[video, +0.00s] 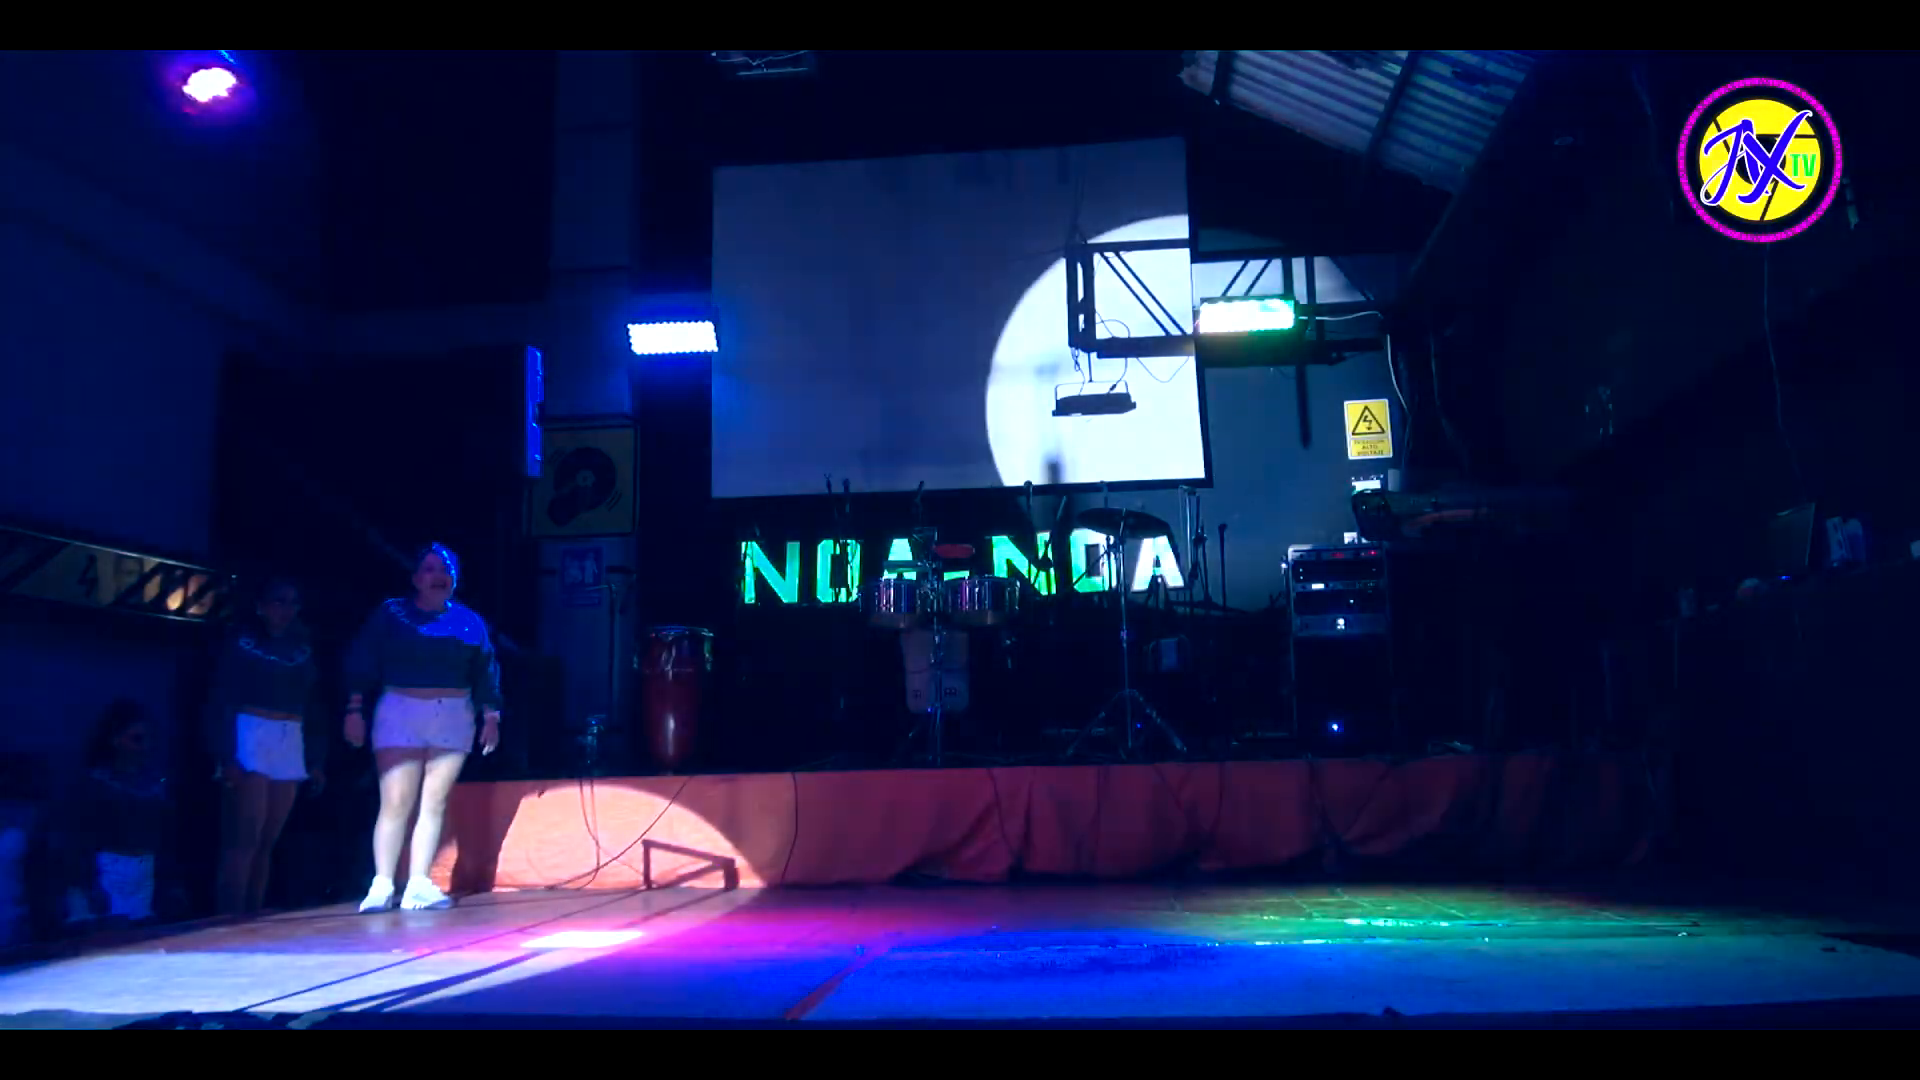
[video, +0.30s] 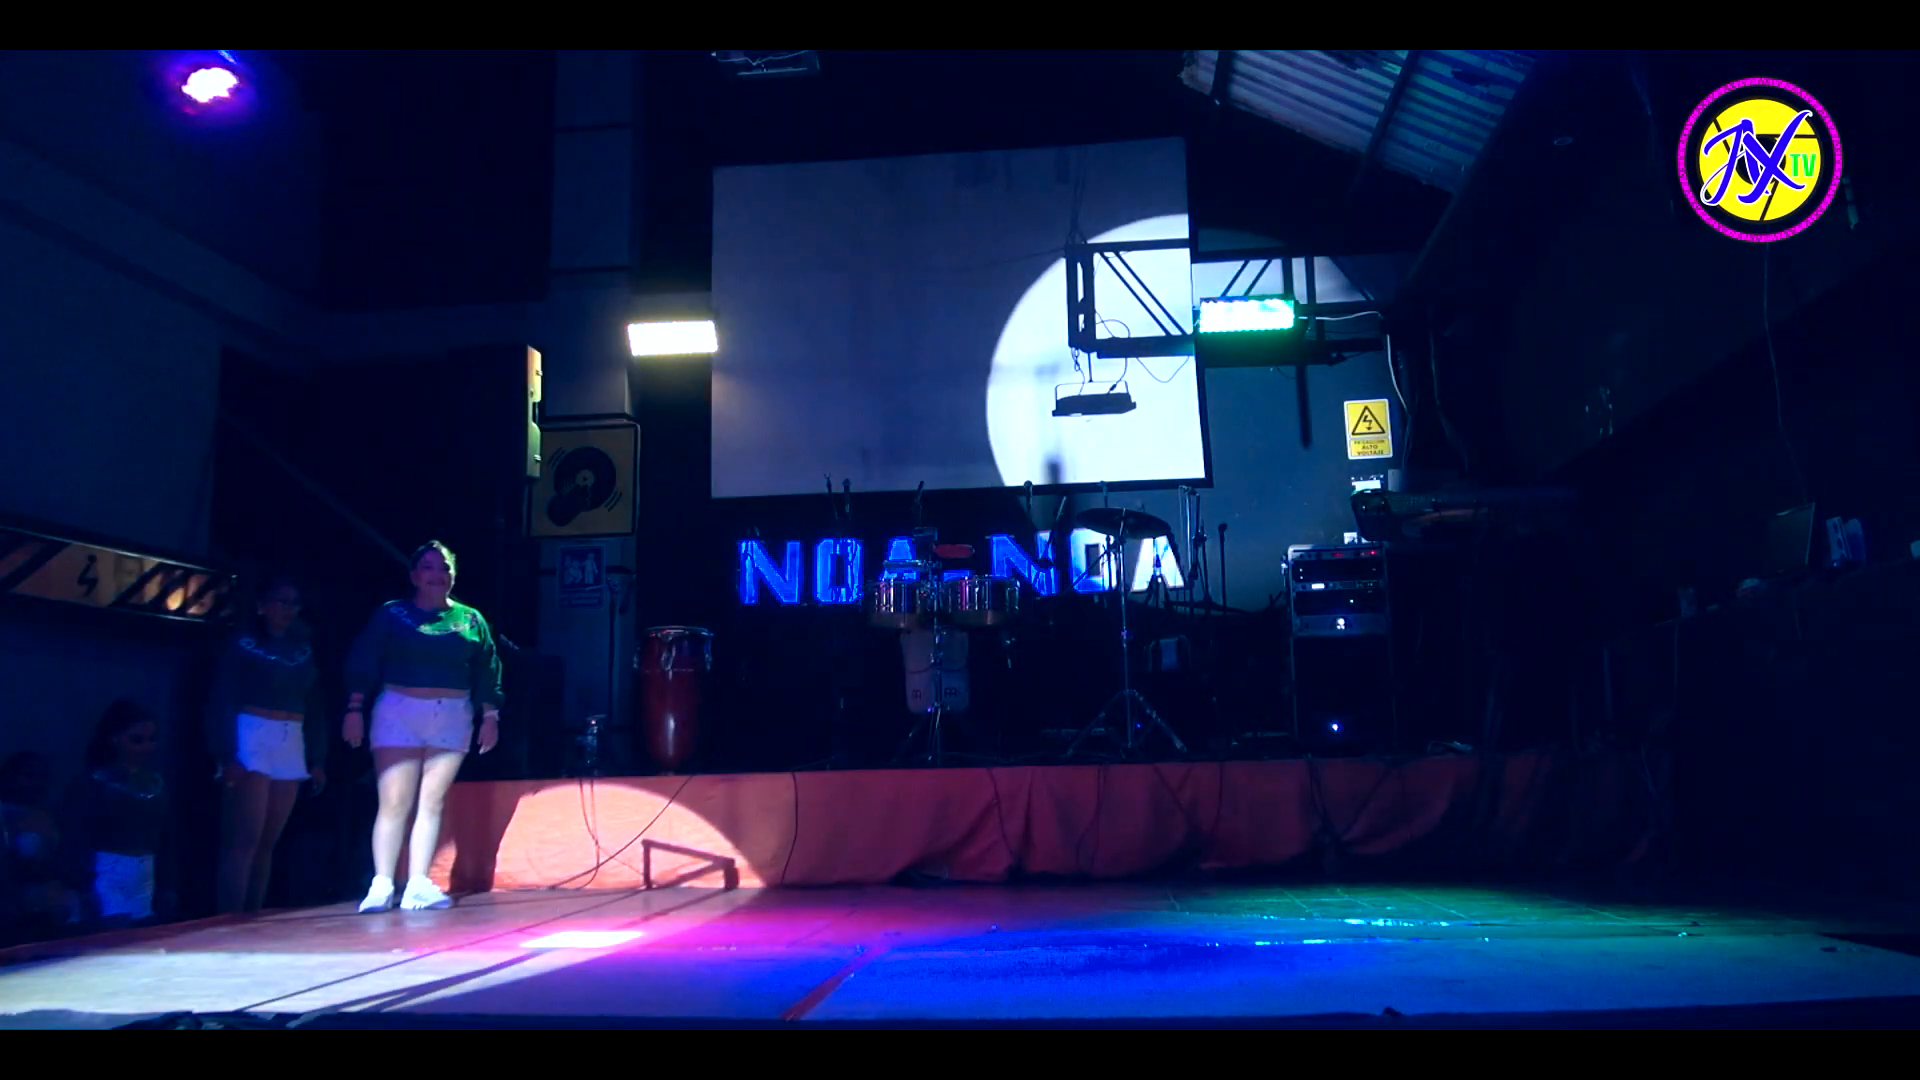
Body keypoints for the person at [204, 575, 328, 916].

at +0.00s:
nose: (284, 611)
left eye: (290, 604)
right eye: (278, 602)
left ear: (298, 609)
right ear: (262, 604)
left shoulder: (302, 649)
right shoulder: (243, 641)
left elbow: (312, 706)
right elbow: (225, 697)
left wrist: (315, 759)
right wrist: (225, 753)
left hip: (291, 730)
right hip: (254, 726)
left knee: (272, 832)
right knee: (250, 827)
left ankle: (255, 908)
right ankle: (233, 908)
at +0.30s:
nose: (286, 610)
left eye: (292, 603)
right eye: (280, 602)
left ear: (299, 609)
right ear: (263, 605)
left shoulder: (303, 650)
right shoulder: (243, 642)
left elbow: (314, 708)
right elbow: (224, 699)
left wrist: (316, 758)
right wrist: (226, 755)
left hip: (293, 733)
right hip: (254, 730)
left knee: (270, 838)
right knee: (248, 833)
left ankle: (254, 914)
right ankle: (232, 914)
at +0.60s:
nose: (286, 610)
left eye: (292, 603)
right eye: (279, 602)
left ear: (299, 608)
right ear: (264, 603)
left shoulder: (304, 652)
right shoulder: (245, 644)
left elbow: (314, 709)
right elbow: (224, 698)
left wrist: (317, 758)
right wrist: (225, 752)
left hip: (293, 734)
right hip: (253, 731)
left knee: (271, 839)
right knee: (248, 834)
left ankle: (254, 915)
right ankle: (231, 915)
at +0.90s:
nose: (286, 610)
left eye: (292, 603)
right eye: (279, 602)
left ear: (299, 608)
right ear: (263, 604)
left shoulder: (303, 651)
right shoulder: (245, 643)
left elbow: (314, 708)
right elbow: (224, 698)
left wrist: (317, 758)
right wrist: (225, 754)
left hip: (293, 734)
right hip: (254, 731)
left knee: (271, 839)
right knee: (248, 835)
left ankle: (254, 916)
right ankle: (232, 917)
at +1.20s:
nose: (288, 608)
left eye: (293, 602)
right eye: (280, 600)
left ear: (299, 607)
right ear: (262, 603)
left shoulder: (303, 650)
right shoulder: (244, 643)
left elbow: (315, 707)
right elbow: (224, 699)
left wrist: (318, 757)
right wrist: (226, 755)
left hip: (294, 734)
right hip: (254, 730)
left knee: (271, 839)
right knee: (248, 836)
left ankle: (255, 916)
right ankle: (232, 918)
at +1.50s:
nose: (286, 608)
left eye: (291, 601)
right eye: (279, 600)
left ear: (298, 607)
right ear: (262, 603)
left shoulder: (303, 651)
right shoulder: (244, 643)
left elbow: (314, 708)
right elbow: (223, 700)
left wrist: (316, 757)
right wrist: (227, 755)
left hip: (293, 734)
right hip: (253, 730)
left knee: (272, 837)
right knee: (250, 832)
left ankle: (254, 915)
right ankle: (231, 916)